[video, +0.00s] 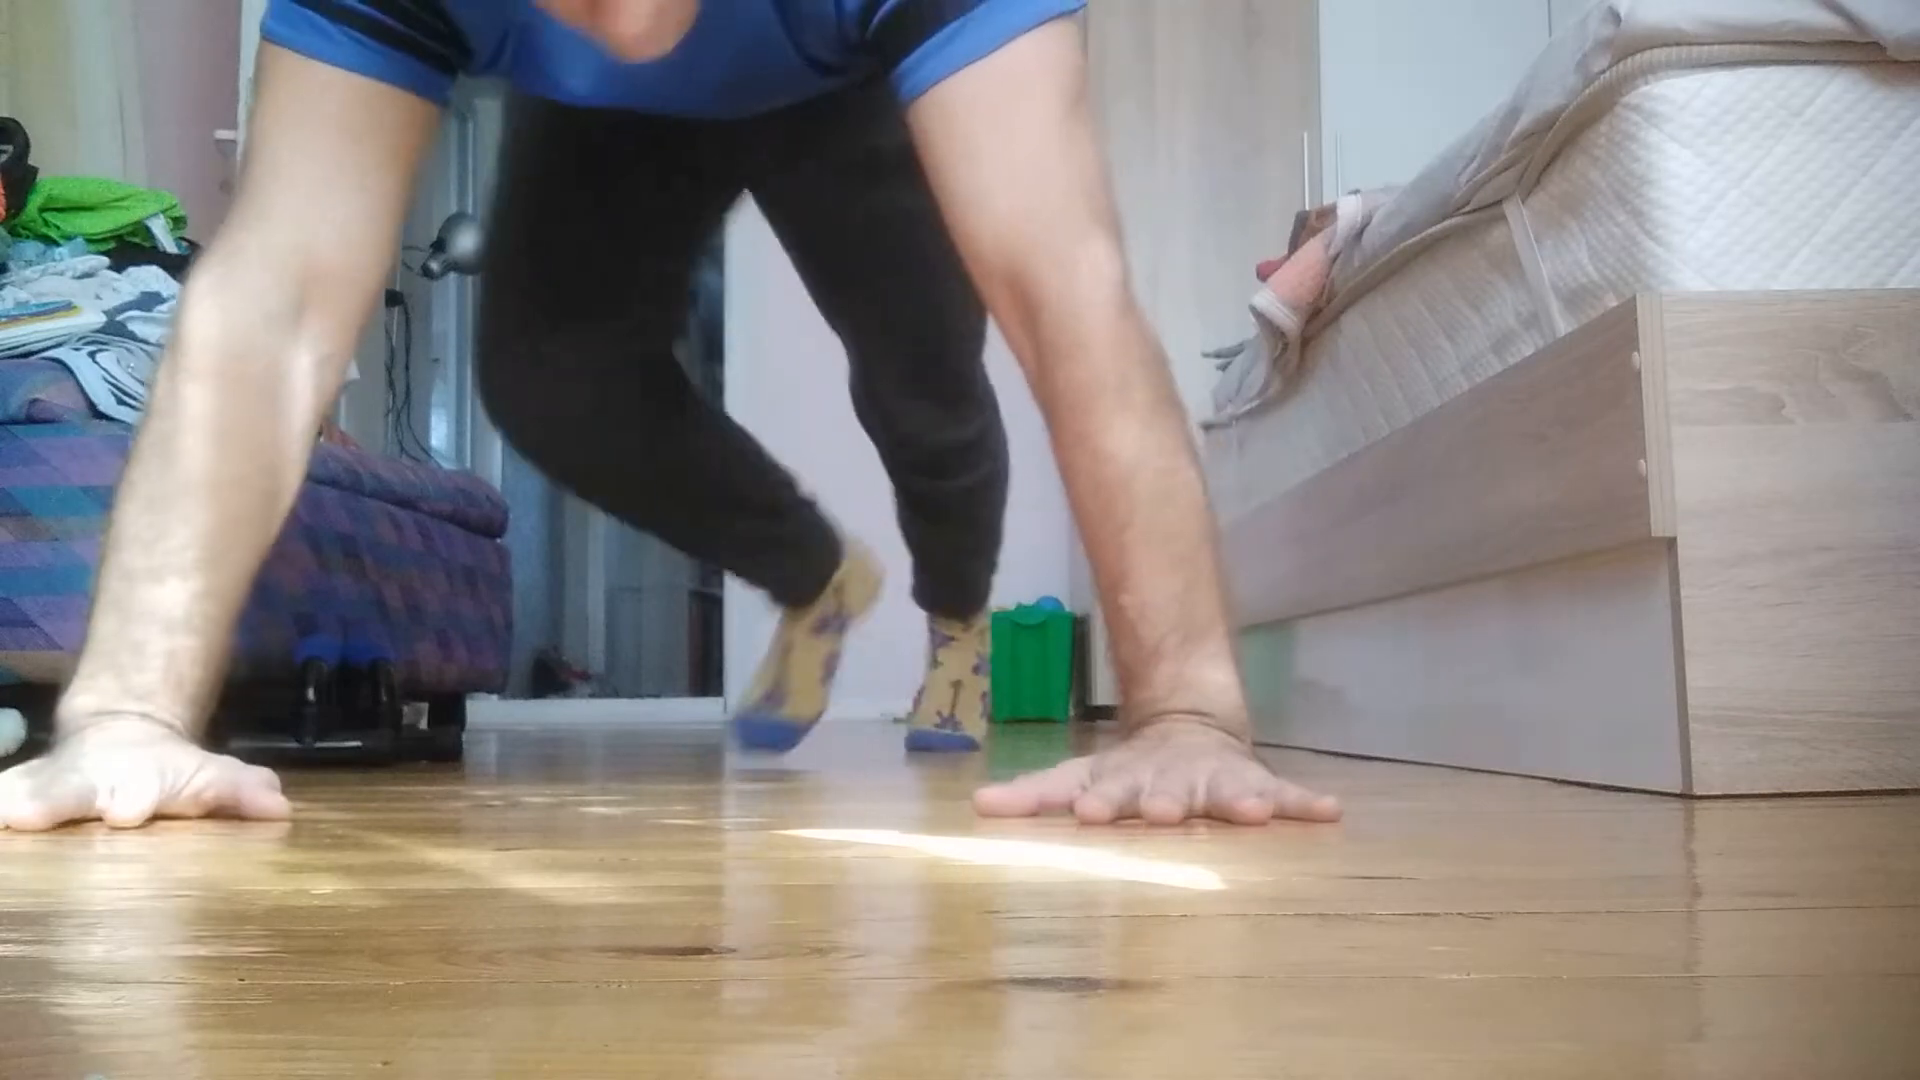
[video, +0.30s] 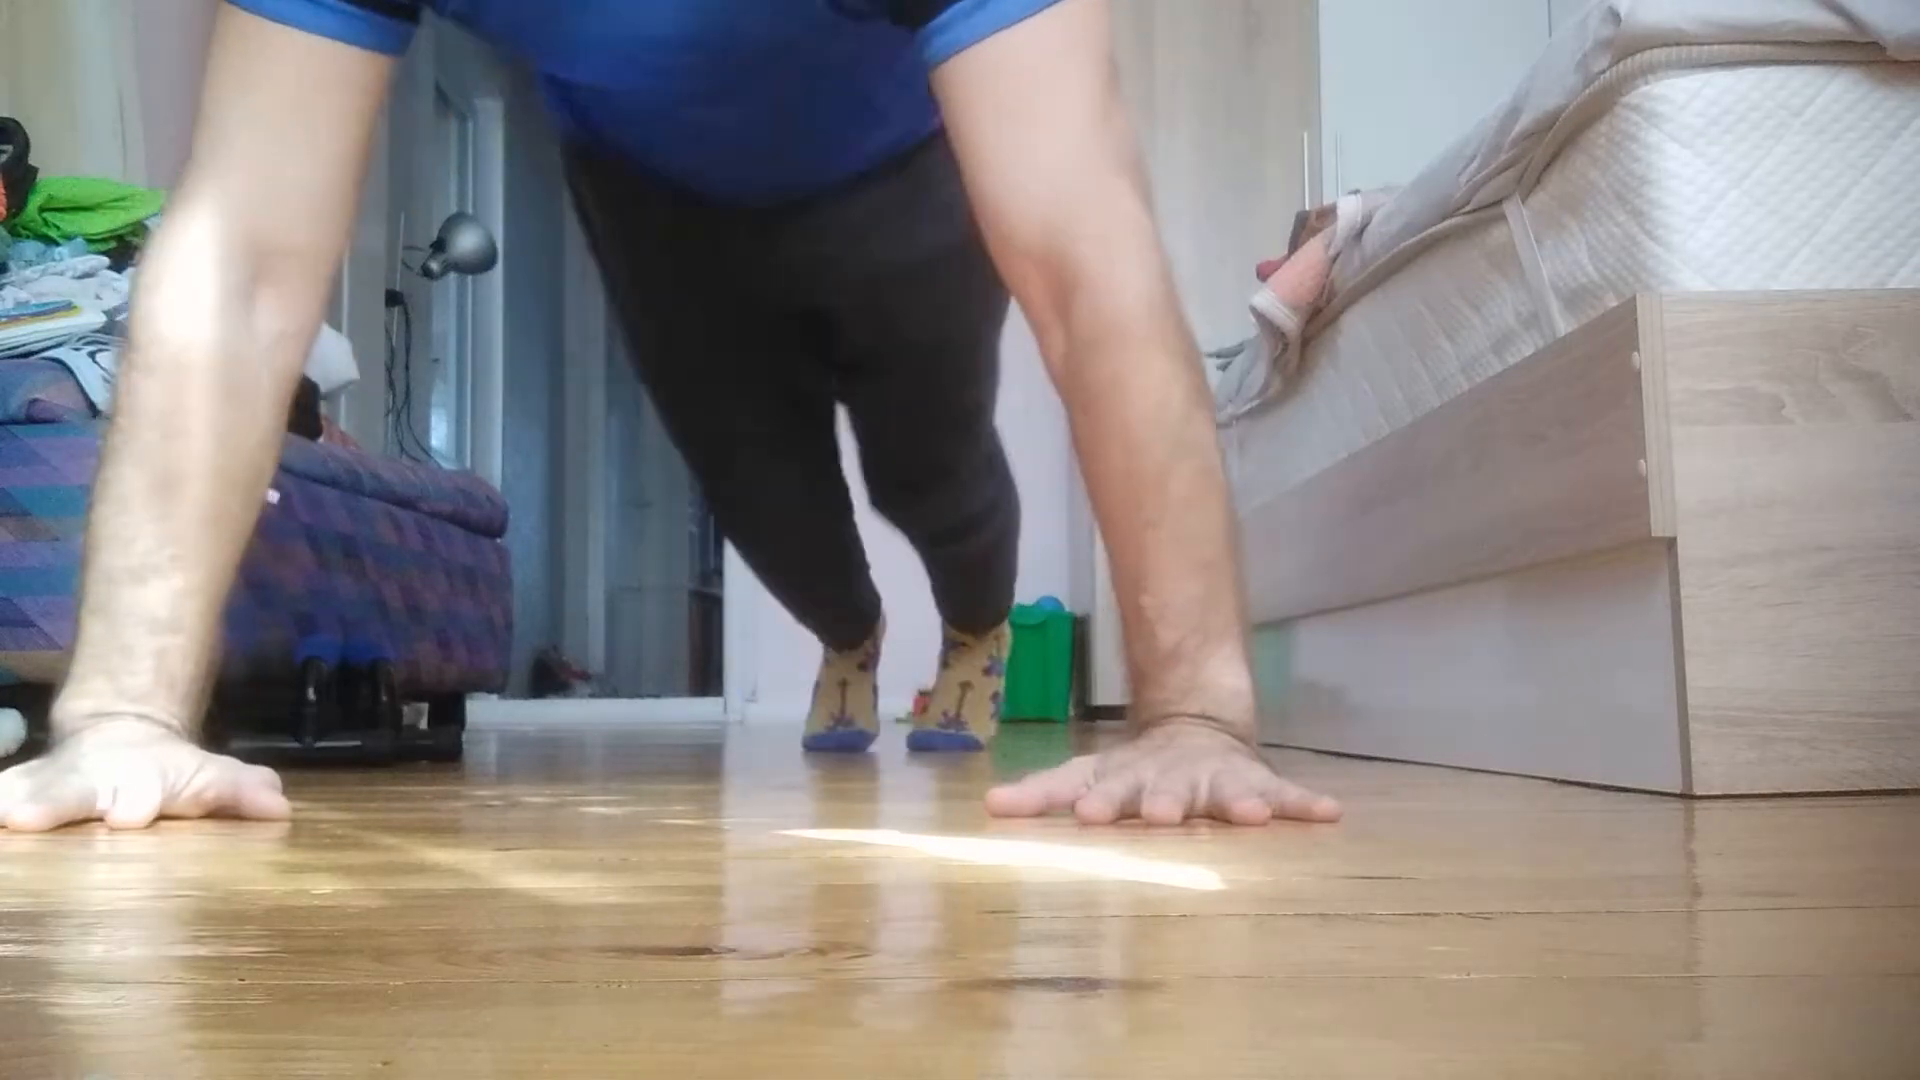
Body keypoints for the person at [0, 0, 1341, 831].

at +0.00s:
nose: (619, 26)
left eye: (650, 9)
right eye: (590, 21)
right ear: (530, 6)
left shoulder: (916, 6)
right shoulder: (386, 5)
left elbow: (1072, 300)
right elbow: (267, 307)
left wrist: (1191, 711)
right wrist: (129, 715)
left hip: (852, 58)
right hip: (601, 86)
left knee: (926, 377)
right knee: (557, 381)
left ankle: (952, 625)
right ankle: (822, 580)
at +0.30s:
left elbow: (1089, 261)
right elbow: (241, 258)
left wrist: (1200, 707)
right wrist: (127, 712)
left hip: (889, 145)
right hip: (646, 168)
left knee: (930, 467)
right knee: (763, 497)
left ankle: (966, 630)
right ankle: (857, 641)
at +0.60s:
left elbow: (1122, 260)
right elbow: (220, 253)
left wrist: (1221, 705)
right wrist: (124, 710)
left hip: (869, 228)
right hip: (618, 273)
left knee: (903, 499)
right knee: (763, 522)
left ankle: (949, 637)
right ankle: (837, 647)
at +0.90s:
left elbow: (1131, 256)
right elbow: (231, 252)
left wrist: (1226, 705)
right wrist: (125, 710)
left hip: (885, 268)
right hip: (629, 292)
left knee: (908, 520)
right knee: (765, 529)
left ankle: (938, 640)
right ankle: (830, 649)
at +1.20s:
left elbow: (1118, 261)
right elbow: (234, 257)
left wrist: (1222, 706)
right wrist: (123, 712)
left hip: (891, 276)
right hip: (635, 301)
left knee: (908, 521)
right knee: (771, 530)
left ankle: (929, 650)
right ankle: (833, 646)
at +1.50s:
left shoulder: (975, 6)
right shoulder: (309, 11)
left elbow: (1279, 290)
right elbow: (96, 309)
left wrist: (1231, 717)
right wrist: (117, 720)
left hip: (907, 362)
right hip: (655, 404)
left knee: (920, 555)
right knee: (793, 561)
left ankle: (926, 656)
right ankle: (841, 648)